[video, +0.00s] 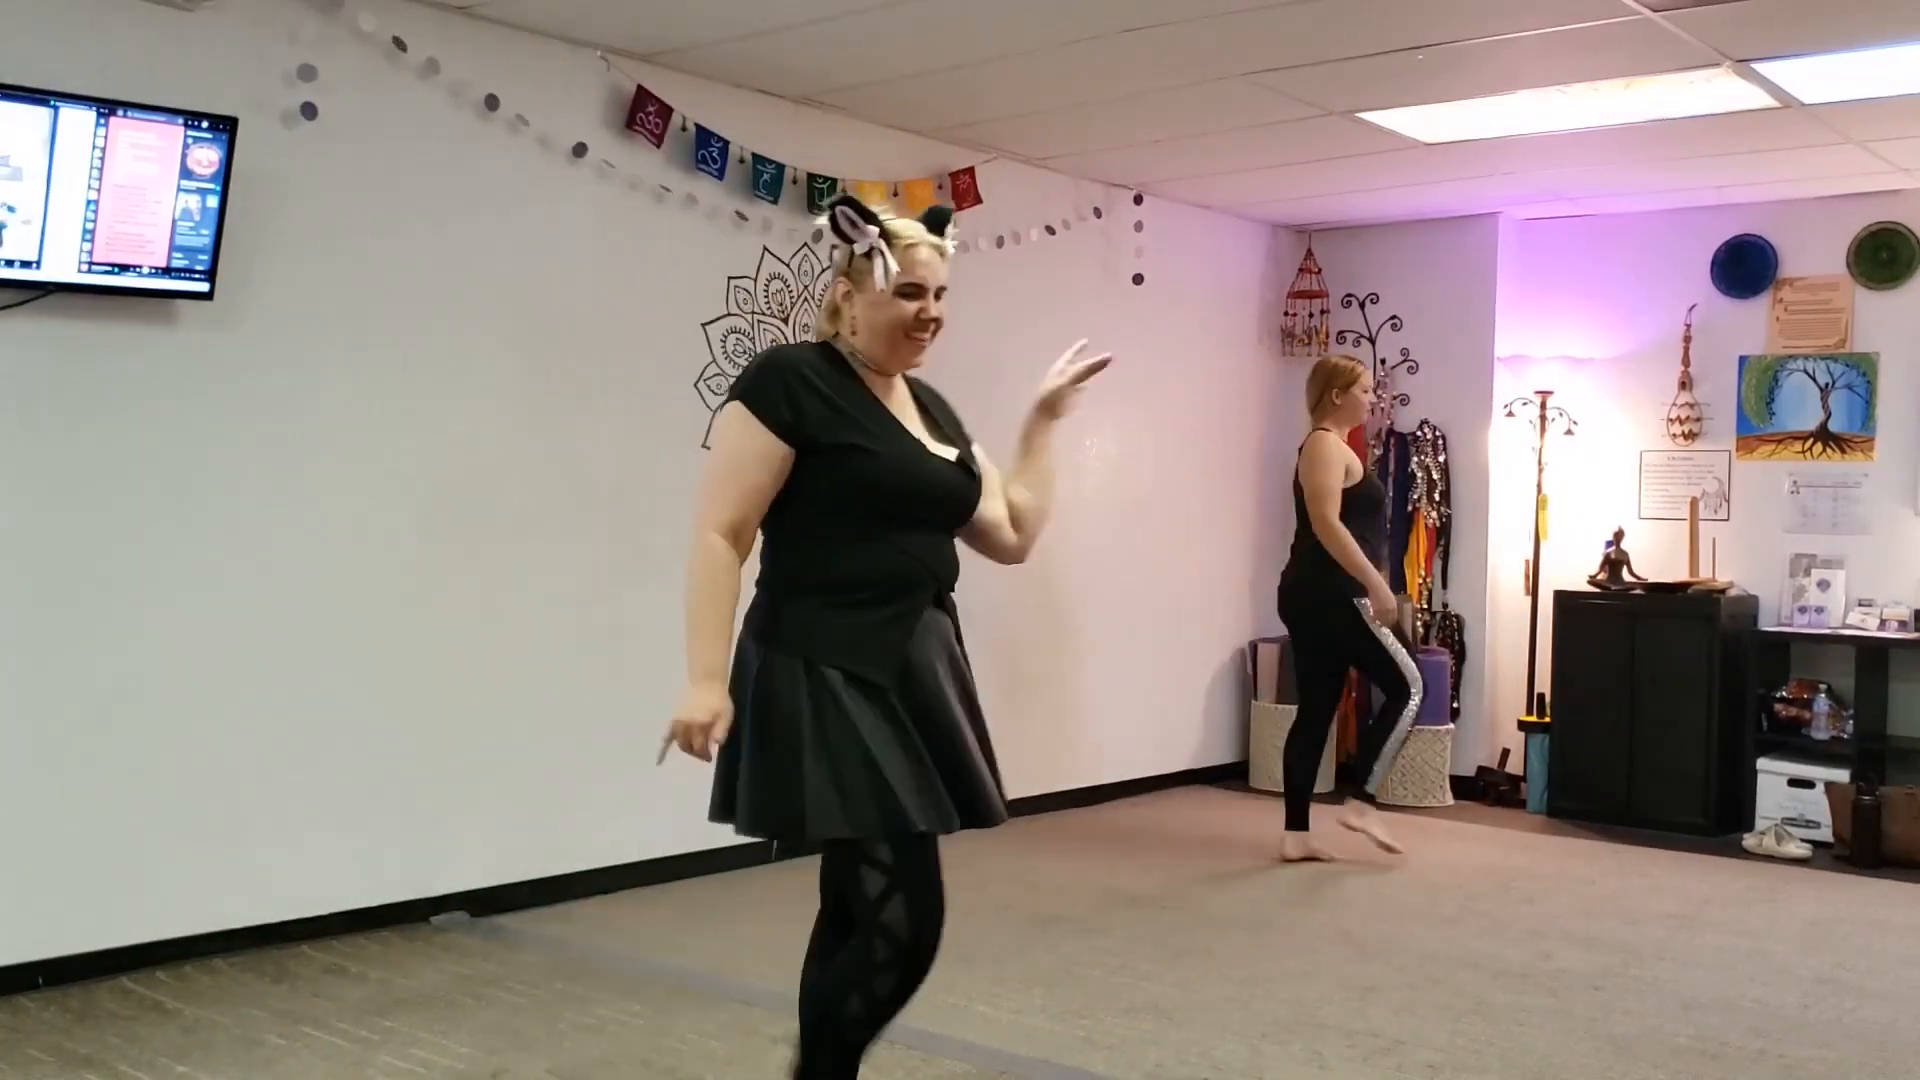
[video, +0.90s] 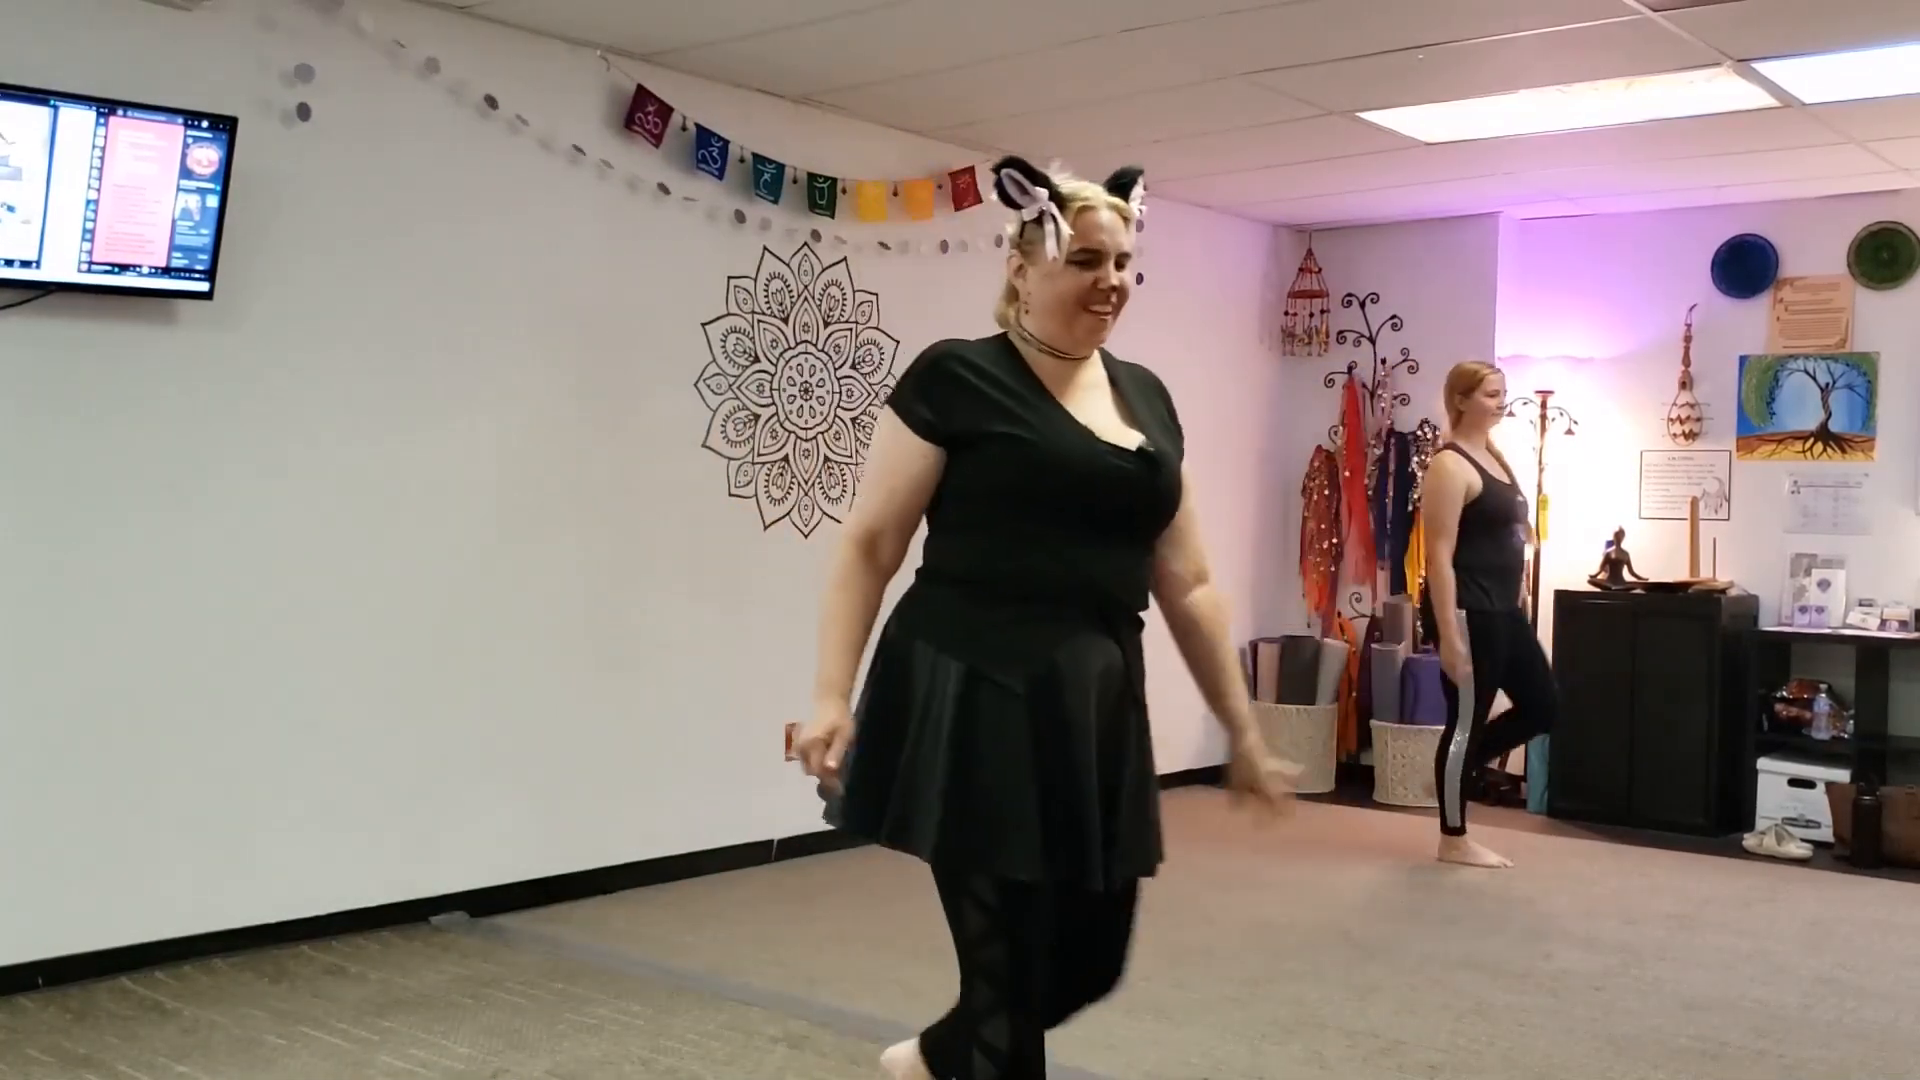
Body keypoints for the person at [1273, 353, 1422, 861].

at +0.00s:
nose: (1373, 399)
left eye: (1372, 391)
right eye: (1366, 391)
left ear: (1335, 397)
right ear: (1339, 396)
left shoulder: (1332, 446)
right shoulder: (1325, 445)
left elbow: (1336, 526)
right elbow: (1325, 523)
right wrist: (1375, 584)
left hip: (1312, 593)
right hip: (1329, 594)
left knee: (1315, 710)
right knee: (1409, 688)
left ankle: (1296, 834)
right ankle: (1362, 802)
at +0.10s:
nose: (1387, 396)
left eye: (1386, 388)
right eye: (1377, 388)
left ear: (1362, 397)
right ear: (1347, 395)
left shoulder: (1357, 452)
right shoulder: (1331, 446)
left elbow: (1368, 538)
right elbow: (1313, 523)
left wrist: (1401, 590)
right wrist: (1358, 585)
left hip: (1330, 593)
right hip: (1337, 592)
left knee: (1318, 706)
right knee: (1406, 691)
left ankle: (1295, 832)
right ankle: (1416, 820)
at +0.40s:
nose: (1427, 403)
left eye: (1427, 395)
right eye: (1417, 396)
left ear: (1408, 406)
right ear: (1388, 405)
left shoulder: (1421, 465)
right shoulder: (1374, 462)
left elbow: (1439, 553)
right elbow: (1334, 533)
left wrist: (1474, 610)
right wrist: (1321, 605)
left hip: (1392, 608)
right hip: (1387, 609)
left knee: (1342, 717)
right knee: (1421, 720)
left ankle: (1296, 826)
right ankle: (1450, 837)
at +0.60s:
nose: (1461, 397)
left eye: (1461, 389)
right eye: (1449, 390)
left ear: (1457, 401)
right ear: (1419, 401)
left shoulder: (1463, 458)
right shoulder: (1408, 462)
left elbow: (1473, 539)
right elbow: (1378, 541)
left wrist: (1496, 599)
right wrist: (1360, 613)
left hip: (1447, 600)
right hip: (1423, 601)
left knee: (1411, 712)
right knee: (1450, 714)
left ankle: (1323, 804)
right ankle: (1452, 839)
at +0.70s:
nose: (1474, 401)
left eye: (1476, 394)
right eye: (1463, 394)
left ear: (1475, 403)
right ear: (1434, 402)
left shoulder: (1469, 453)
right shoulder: (1423, 466)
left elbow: (1484, 534)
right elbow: (1399, 550)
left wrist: (1504, 592)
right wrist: (1385, 623)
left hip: (1468, 601)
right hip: (1439, 603)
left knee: (1455, 714)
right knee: (1460, 713)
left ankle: (1358, 784)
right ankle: (1453, 838)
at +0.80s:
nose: (1487, 404)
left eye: (1488, 395)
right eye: (1478, 395)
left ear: (1482, 403)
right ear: (1447, 402)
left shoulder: (1483, 458)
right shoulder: (1436, 467)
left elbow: (1497, 533)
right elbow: (1418, 555)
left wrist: (1510, 592)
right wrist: (1416, 636)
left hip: (1487, 603)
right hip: (1452, 603)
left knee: (1505, 711)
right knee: (1468, 716)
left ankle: (1398, 779)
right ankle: (1454, 839)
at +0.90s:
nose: (1500, 402)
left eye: (1502, 394)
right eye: (1491, 394)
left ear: (1500, 402)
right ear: (1461, 400)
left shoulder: (1492, 457)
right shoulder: (1447, 465)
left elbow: (1504, 535)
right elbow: (1438, 558)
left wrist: (1516, 593)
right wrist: (1451, 637)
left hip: (1504, 608)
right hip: (1467, 609)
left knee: (1542, 709)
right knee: (1465, 724)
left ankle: (1466, 758)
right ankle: (1453, 839)